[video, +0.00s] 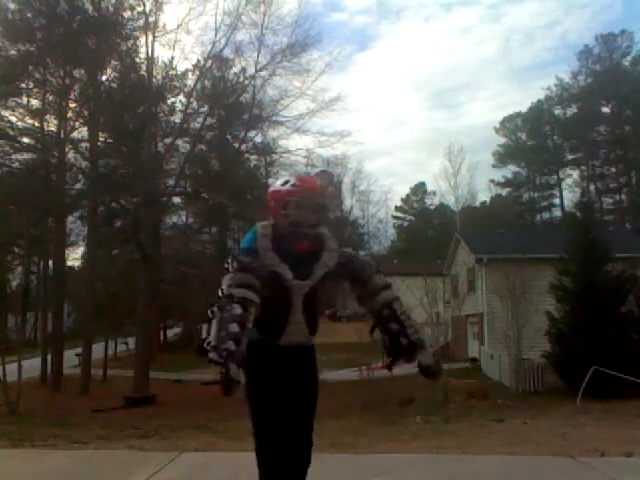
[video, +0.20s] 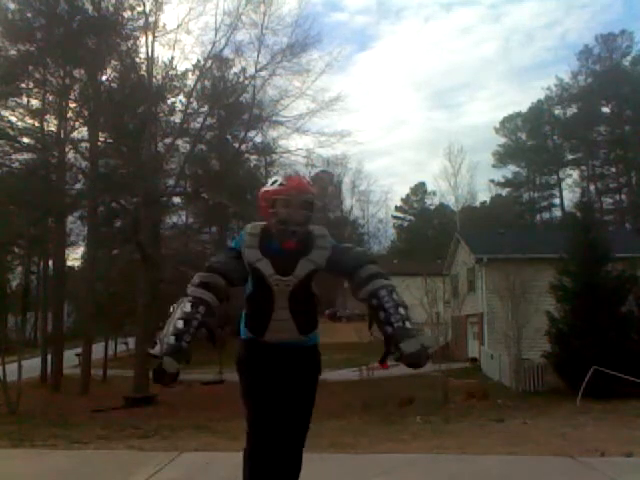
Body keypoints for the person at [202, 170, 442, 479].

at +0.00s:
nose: (308, 218)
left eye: (314, 210)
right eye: (300, 209)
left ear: (322, 212)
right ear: (280, 210)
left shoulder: (327, 250)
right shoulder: (257, 246)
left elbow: (370, 281)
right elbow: (236, 293)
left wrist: (396, 329)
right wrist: (225, 346)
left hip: (302, 352)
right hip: (261, 353)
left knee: (299, 439)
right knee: (269, 439)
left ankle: (297, 474)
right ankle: (271, 475)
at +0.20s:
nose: (298, 213)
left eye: (305, 207)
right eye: (289, 205)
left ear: (311, 212)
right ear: (271, 208)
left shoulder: (322, 247)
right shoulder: (245, 245)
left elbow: (366, 273)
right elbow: (210, 284)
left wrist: (399, 326)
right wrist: (178, 334)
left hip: (302, 353)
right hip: (257, 352)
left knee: (292, 440)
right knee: (261, 438)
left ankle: (287, 479)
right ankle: (256, 479)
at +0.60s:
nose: (279, 226)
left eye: (288, 219)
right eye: (271, 217)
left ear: (297, 224)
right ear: (256, 221)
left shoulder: (310, 260)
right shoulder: (235, 257)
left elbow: (345, 305)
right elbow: (200, 307)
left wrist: (334, 375)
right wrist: (176, 368)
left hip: (291, 375)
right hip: (240, 374)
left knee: (293, 465)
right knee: (228, 462)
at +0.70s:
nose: (277, 224)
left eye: (286, 216)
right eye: (269, 214)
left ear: (296, 222)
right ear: (253, 218)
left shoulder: (309, 261)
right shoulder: (232, 258)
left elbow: (344, 303)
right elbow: (200, 309)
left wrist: (330, 376)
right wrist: (183, 370)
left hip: (289, 374)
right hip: (237, 373)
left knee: (291, 465)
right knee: (229, 464)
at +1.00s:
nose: (276, 218)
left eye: (284, 210)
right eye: (267, 209)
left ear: (293, 216)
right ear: (251, 214)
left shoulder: (307, 251)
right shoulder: (231, 249)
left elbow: (341, 302)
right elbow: (201, 307)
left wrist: (333, 372)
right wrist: (194, 376)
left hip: (287, 371)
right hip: (235, 371)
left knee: (289, 463)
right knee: (232, 463)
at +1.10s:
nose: (273, 215)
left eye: (282, 208)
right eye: (264, 206)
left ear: (292, 214)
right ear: (249, 212)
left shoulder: (306, 251)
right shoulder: (228, 249)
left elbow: (340, 298)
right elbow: (197, 305)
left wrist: (329, 362)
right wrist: (196, 378)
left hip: (285, 370)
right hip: (234, 369)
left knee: (286, 462)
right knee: (233, 462)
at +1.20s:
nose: (272, 211)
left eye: (281, 203)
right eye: (264, 202)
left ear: (291, 208)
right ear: (248, 207)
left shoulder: (304, 246)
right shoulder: (226, 244)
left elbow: (338, 291)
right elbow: (196, 299)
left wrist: (326, 355)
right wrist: (192, 369)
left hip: (283, 368)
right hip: (233, 366)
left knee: (283, 461)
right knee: (232, 460)